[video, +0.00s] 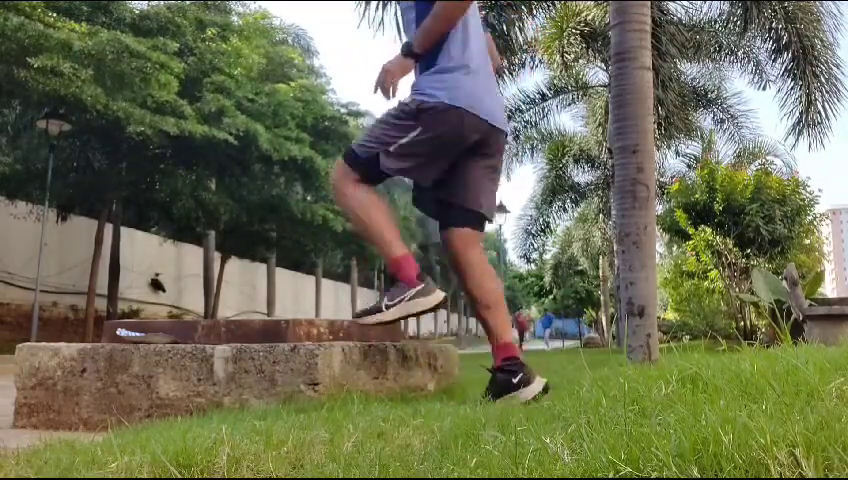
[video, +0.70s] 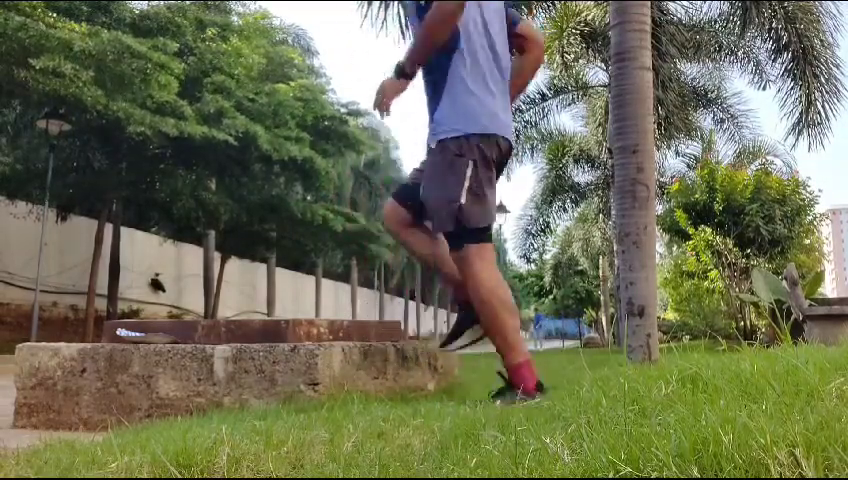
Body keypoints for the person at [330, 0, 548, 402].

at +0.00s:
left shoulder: (424, 7)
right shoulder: (459, 14)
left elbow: (459, 2)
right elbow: (492, 57)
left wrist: (408, 55)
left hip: (445, 96)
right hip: (492, 114)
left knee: (348, 176)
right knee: (464, 239)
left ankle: (407, 277)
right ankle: (510, 365)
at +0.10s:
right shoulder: (467, 6)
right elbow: (485, 35)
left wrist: (396, 29)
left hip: (431, 77)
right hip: (481, 92)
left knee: (358, 187)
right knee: (447, 217)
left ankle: (395, 306)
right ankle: (499, 336)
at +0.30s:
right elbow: (489, 5)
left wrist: (386, 3)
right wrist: (452, 32)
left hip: (430, 49)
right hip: (474, 59)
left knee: (393, 177)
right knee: (420, 185)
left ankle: (403, 308)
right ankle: (436, 306)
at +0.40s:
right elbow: (498, 8)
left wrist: (385, 6)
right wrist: (464, 48)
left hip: (433, 63)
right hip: (475, 75)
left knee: (390, 181)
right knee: (423, 193)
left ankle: (449, 297)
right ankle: (428, 311)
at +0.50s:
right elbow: (515, 2)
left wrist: (392, 5)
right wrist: (474, 37)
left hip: (449, 66)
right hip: (487, 74)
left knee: (414, 194)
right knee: (415, 194)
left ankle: (478, 316)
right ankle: (430, 306)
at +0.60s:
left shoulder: (425, 3)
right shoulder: (492, 3)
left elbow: (430, 6)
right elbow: (531, 21)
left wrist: (401, 33)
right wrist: (489, 62)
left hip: (458, 95)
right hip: (496, 103)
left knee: (459, 239)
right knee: (395, 188)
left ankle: (505, 367)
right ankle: (446, 288)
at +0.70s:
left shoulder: (426, 2)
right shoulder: (492, 6)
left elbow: (450, 8)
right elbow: (534, 46)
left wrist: (403, 74)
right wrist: (498, 104)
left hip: (463, 127)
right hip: (496, 129)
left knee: (474, 258)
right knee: (399, 215)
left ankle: (525, 383)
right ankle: (470, 296)